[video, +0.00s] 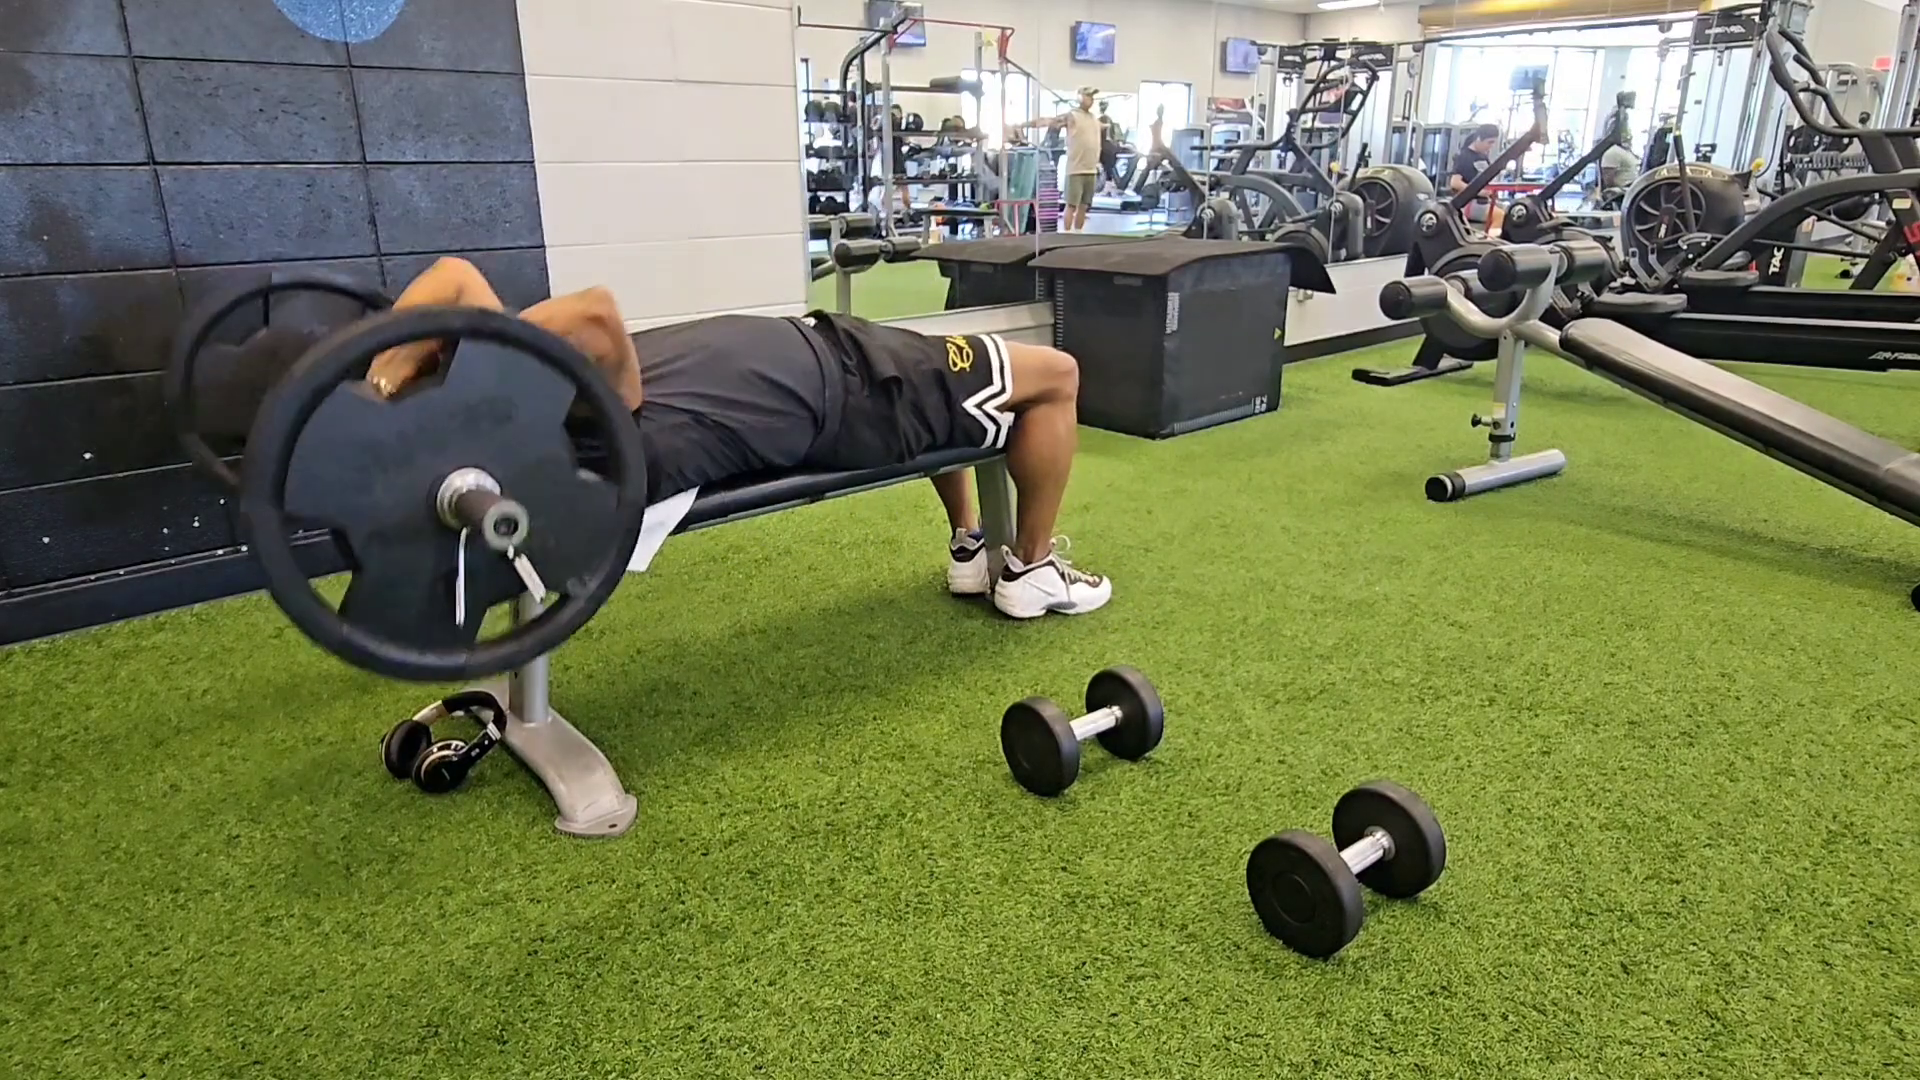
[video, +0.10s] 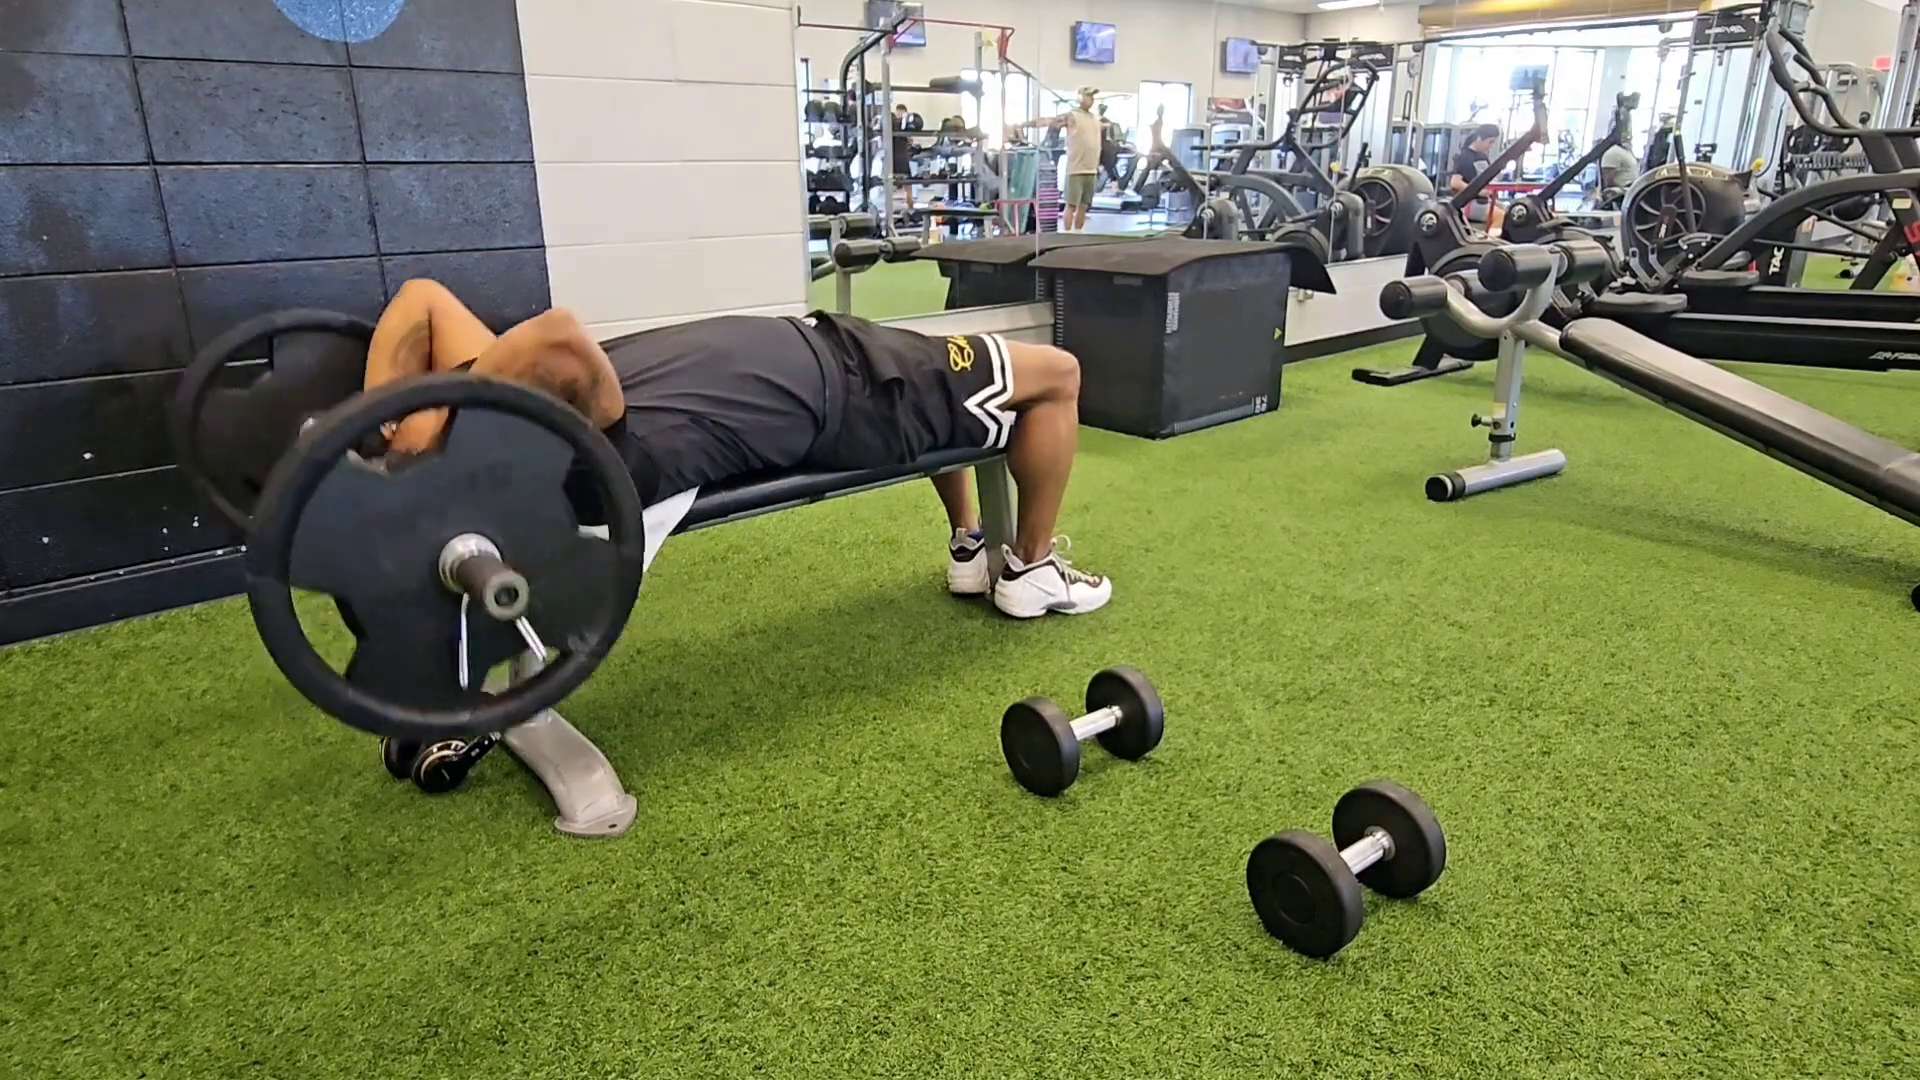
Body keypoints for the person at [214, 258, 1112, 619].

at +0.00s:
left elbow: (454, 271)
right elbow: (595, 313)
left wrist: (387, 378)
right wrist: (465, 365)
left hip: (761, 343)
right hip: (830, 390)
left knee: (927, 361)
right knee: (1056, 374)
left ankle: (977, 540)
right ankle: (1032, 567)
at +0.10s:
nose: (415, 412)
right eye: (564, 369)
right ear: (571, 421)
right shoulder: (611, 465)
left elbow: (417, 296)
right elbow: (561, 333)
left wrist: (395, 430)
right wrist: (441, 410)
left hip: (784, 341)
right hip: (849, 388)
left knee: (925, 352)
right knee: (1060, 373)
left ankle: (972, 540)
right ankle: (1032, 567)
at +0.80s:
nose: (465, 387)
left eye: (445, 399)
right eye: (459, 412)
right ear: (498, 475)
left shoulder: (533, 413)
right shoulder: (585, 462)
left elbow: (632, 342)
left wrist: (546, 311)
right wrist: (564, 317)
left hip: (780, 357)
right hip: (839, 398)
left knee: (933, 348)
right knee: (1057, 377)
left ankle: (972, 544)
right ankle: (1036, 571)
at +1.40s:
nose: (477, 383)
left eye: (450, 393)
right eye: (464, 410)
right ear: (502, 476)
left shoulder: (538, 384)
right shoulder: (612, 451)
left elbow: (574, 271)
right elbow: (704, 316)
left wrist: (590, 144)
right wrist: (707, 142)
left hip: (797, 342)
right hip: (842, 391)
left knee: (938, 365)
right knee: (1058, 380)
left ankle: (974, 548)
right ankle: (1034, 573)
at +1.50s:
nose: (481, 382)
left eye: (453, 392)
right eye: (468, 408)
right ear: (506, 472)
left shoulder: (542, 382)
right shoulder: (619, 446)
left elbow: (596, 278)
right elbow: (733, 321)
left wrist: (596, 146)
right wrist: (700, 150)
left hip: (802, 346)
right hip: (842, 392)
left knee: (939, 368)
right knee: (1057, 380)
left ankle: (975, 548)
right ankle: (1034, 575)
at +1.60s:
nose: (482, 378)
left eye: (454, 389)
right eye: (465, 406)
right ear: (507, 478)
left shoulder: (554, 400)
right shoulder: (616, 459)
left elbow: (612, 321)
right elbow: (737, 406)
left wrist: (606, 221)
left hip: (793, 362)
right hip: (834, 405)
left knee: (926, 353)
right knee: (1060, 380)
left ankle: (972, 547)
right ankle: (1035, 573)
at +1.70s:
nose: (482, 376)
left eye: (458, 391)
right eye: (475, 403)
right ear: (519, 469)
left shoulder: (551, 391)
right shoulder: (622, 463)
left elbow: (635, 336)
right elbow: (773, 459)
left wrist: (625, 277)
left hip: (785, 376)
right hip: (840, 423)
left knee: (936, 355)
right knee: (1064, 377)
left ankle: (972, 548)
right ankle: (1036, 574)